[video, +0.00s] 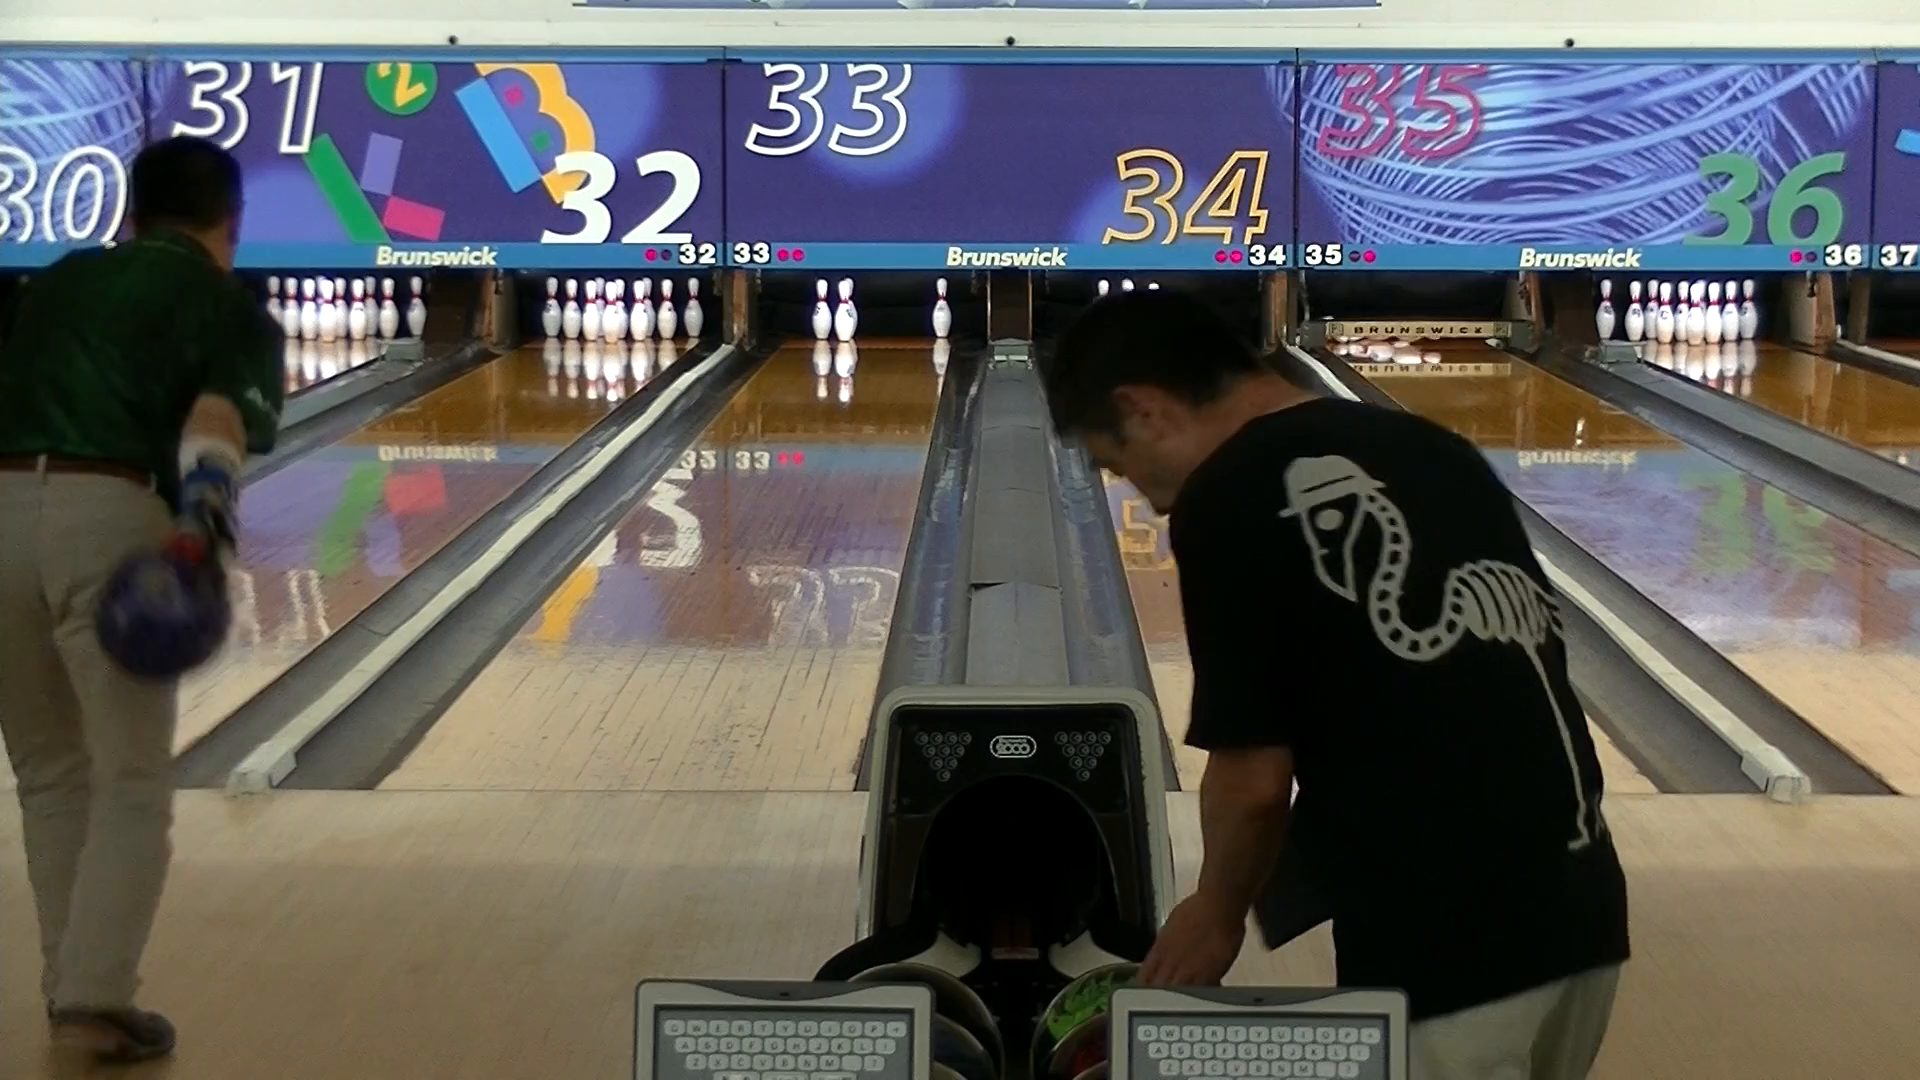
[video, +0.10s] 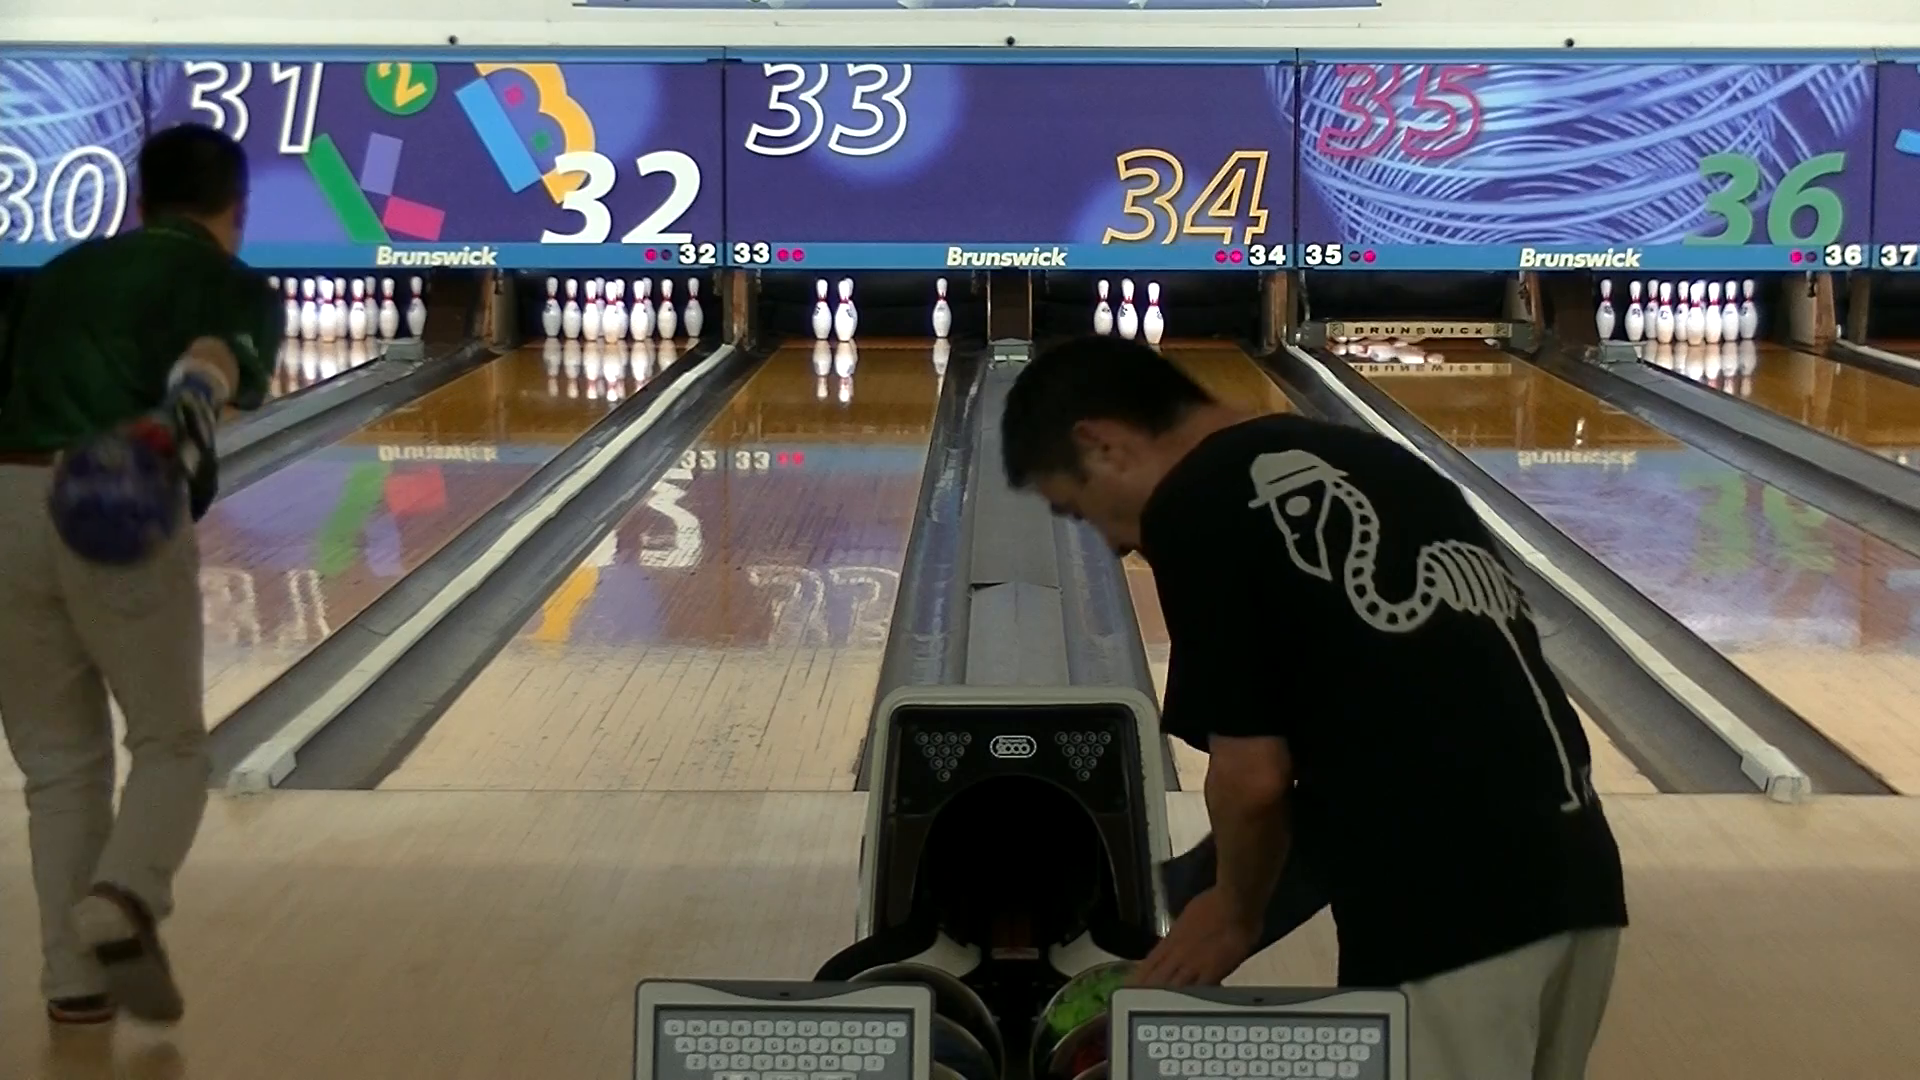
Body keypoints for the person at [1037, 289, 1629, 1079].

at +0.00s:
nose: (1139, 496)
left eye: (1117, 465)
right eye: (1115, 474)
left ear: (1147, 411)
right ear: (1239, 367)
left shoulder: (1227, 499)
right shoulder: (1436, 445)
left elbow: (1254, 780)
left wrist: (1216, 910)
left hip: (1437, 949)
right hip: (1584, 914)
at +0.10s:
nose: (1112, 542)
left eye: (1081, 509)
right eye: (1081, 518)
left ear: (1105, 443)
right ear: (1176, 405)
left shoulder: (1200, 502)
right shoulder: (1370, 455)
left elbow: (1254, 777)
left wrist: (1235, 905)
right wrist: (1228, 922)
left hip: (1438, 913)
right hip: (1577, 877)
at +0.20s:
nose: (1073, 577)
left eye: (1047, 548)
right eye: (1048, 560)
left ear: (1073, 482)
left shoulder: (1176, 514)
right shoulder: (1332, 476)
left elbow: (1245, 773)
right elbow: (1400, 718)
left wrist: (1230, 890)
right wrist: (1227, 905)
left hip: (1441, 888)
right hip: (1567, 854)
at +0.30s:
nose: (1060, 618)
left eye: (1028, 587)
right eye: (1029, 598)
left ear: (1051, 517)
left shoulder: (1150, 533)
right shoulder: (1294, 498)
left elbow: (1229, 780)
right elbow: (1346, 772)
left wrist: (1190, 919)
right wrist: (1203, 915)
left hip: (1448, 873)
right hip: (1556, 841)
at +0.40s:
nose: (1043, 646)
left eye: (1012, 620)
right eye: (1014, 631)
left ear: (1032, 550)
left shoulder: (1122, 562)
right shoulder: (1266, 519)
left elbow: (1197, 814)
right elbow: (1314, 801)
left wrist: (1151, 999)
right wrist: (1193, 935)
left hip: (1451, 873)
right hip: (1545, 837)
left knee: (1474, 1063)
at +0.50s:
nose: (1031, 670)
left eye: (1001, 646)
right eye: (1001, 659)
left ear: (1017, 577)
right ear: (1083, 524)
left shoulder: (1095, 593)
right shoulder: (1251, 532)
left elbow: (1173, 850)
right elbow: (1315, 800)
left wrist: (1149, 1037)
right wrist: (1184, 954)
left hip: (1441, 869)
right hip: (1545, 828)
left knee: (1493, 1067)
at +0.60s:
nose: (1026, 681)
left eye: (997, 659)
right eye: (998, 672)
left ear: (1011, 589)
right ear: (1080, 534)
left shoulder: (1087, 612)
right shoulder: (1249, 538)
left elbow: (1171, 863)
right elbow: (1317, 804)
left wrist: (1152, 1038)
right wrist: (1184, 959)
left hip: (1441, 878)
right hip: (1545, 830)